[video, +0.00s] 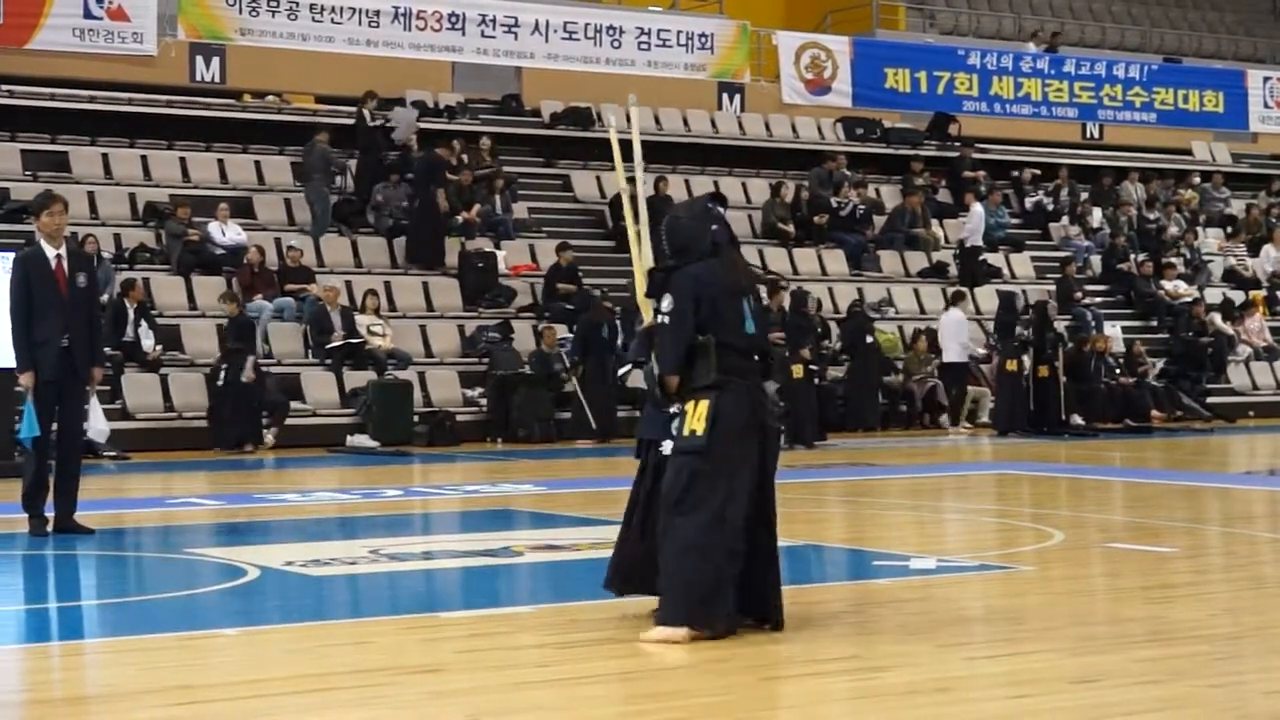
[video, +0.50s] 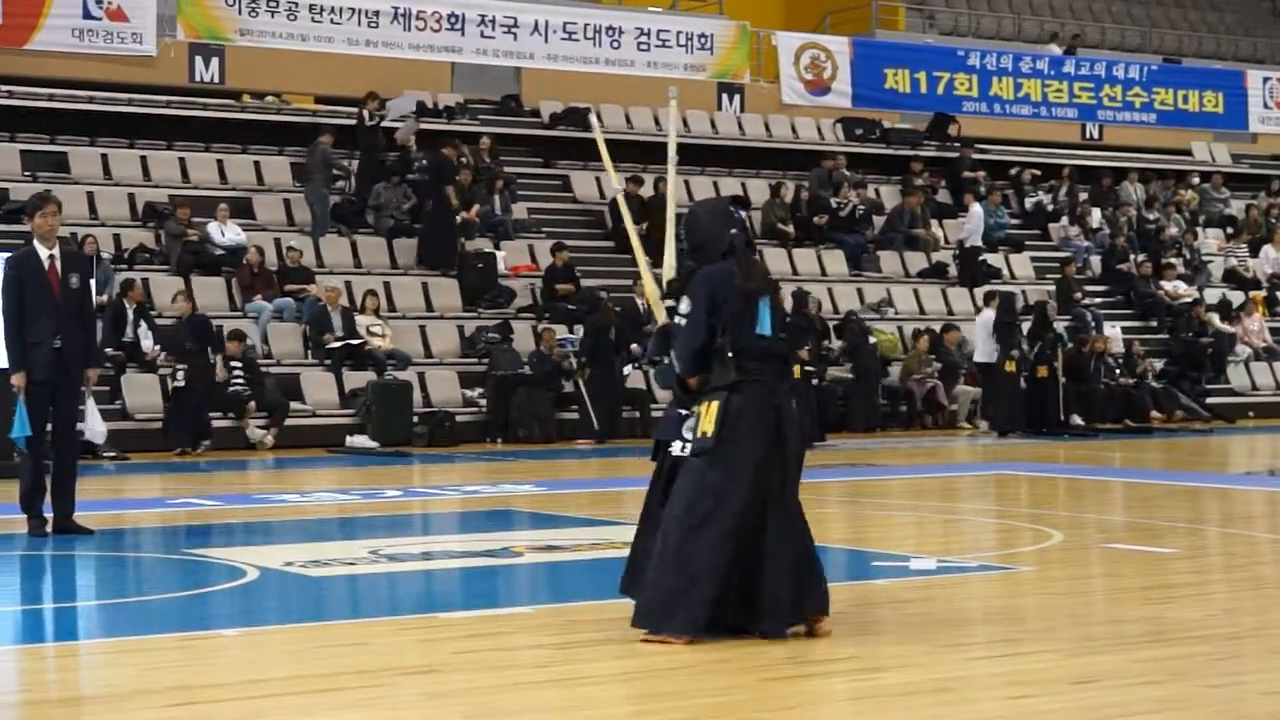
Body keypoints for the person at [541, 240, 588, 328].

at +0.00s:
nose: (572, 255)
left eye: (571, 252)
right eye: (569, 252)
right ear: (561, 254)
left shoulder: (573, 268)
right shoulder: (553, 270)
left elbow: (579, 288)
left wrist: (560, 287)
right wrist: (573, 289)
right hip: (554, 302)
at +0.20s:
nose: (573, 255)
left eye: (572, 252)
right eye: (570, 252)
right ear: (562, 253)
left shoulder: (574, 268)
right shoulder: (553, 269)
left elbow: (579, 288)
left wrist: (559, 286)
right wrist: (572, 289)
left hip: (571, 302)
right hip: (554, 302)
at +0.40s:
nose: (570, 255)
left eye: (569, 252)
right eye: (567, 252)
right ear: (559, 254)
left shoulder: (572, 267)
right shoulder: (552, 270)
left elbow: (578, 287)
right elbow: (552, 291)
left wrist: (558, 286)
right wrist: (572, 289)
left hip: (570, 301)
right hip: (554, 303)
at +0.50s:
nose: (569, 254)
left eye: (568, 252)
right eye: (565, 252)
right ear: (557, 254)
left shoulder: (570, 267)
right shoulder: (549, 270)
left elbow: (577, 287)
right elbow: (549, 291)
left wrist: (557, 287)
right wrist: (571, 289)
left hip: (569, 300)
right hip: (553, 302)